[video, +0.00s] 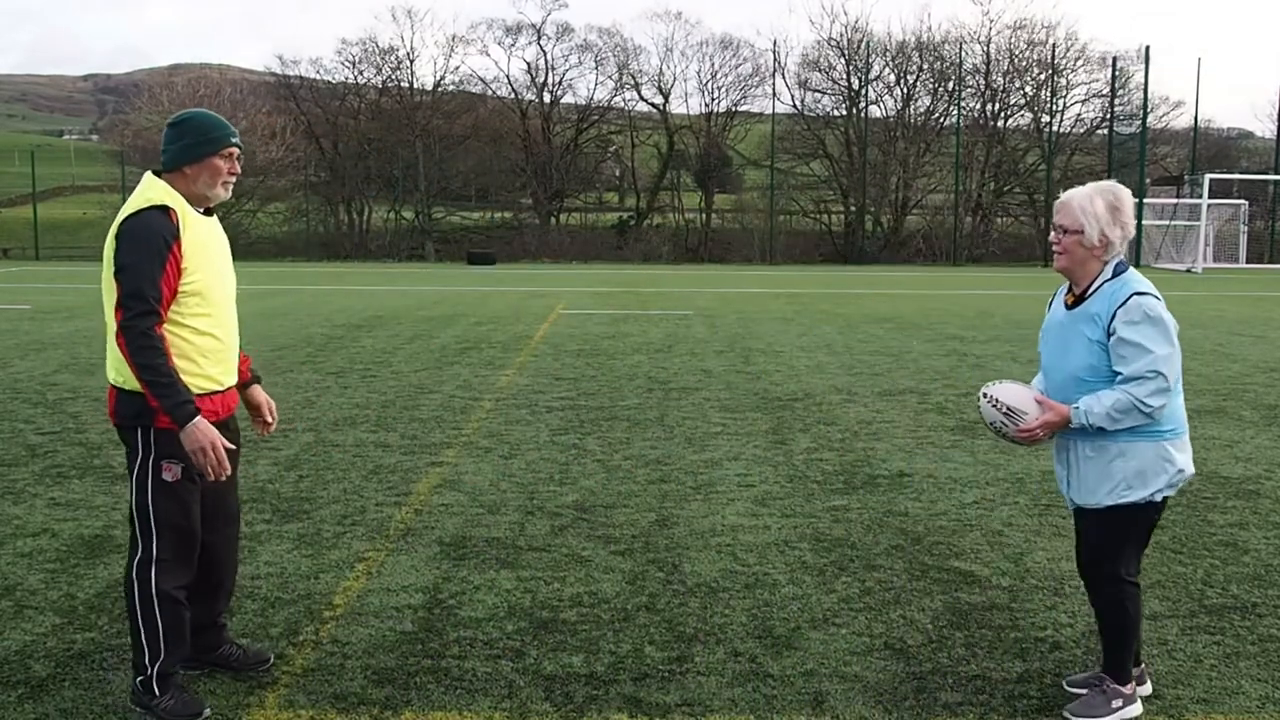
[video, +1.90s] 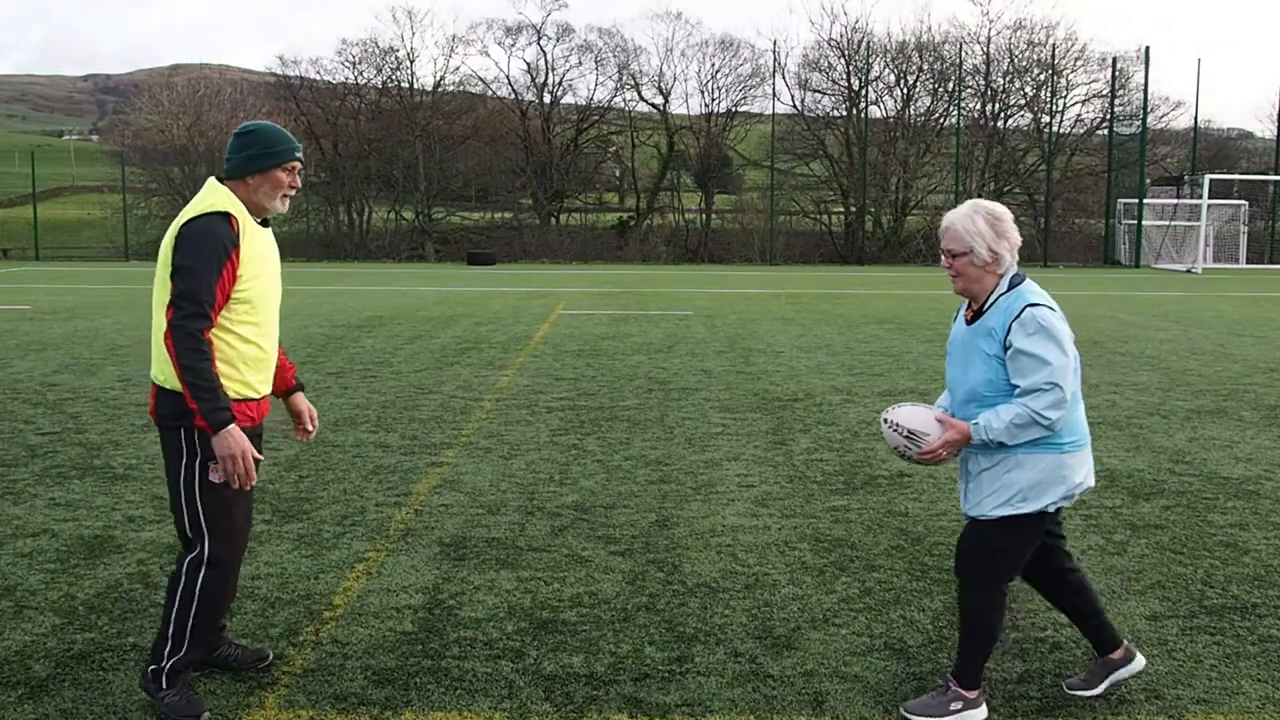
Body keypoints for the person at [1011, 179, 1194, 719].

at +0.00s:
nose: (1052, 238)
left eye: (1064, 230)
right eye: (1053, 228)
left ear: (1100, 239)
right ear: (1063, 234)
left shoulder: (1136, 305)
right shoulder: (1065, 298)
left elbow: (1152, 392)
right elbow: (1056, 372)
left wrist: (1071, 414)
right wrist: (1030, 407)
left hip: (1135, 464)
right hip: (1091, 460)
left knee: (1113, 570)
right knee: (1095, 568)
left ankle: (1122, 684)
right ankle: (1122, 667)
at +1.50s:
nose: (1029, 253)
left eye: (1037, 243)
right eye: (1027, 243)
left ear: (1073, 243)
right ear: (1052, 246)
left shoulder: (1112, 304)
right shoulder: (1059, 301)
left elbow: (1127, 390)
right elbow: (1052, 379)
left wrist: (1053, 417)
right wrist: (1016, 411)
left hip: (1114, 460)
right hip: (1081, 457)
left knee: (1059, 554)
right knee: (1107, 562)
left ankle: (1076, 673)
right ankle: (1128, 670)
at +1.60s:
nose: (1013, 257)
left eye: (1022, 247)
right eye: (1011, 247)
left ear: (1058, 246)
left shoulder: (1098, 305)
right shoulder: (1041, 304)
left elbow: (1117, 391)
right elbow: (1037, 382)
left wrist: (1041, 418)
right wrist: (1001, 420)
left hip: (1106, 459)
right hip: (1071, 455)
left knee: (1049, 550)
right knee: (1096, 562)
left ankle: (1028, 678)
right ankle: (1129, 669)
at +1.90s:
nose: (947, 265)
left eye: (957, 255)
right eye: (945, 255)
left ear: (993, 257)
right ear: (979, 259)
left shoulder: (1032, 315)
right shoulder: (972, 313)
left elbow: (1048, 405)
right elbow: (964, 390)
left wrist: (973, 430)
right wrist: (929, 426)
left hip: (1036, 470)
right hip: (1001, 467)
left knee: (980, 561)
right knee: (1044, 562)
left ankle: (965, 690)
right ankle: (1114, 653)